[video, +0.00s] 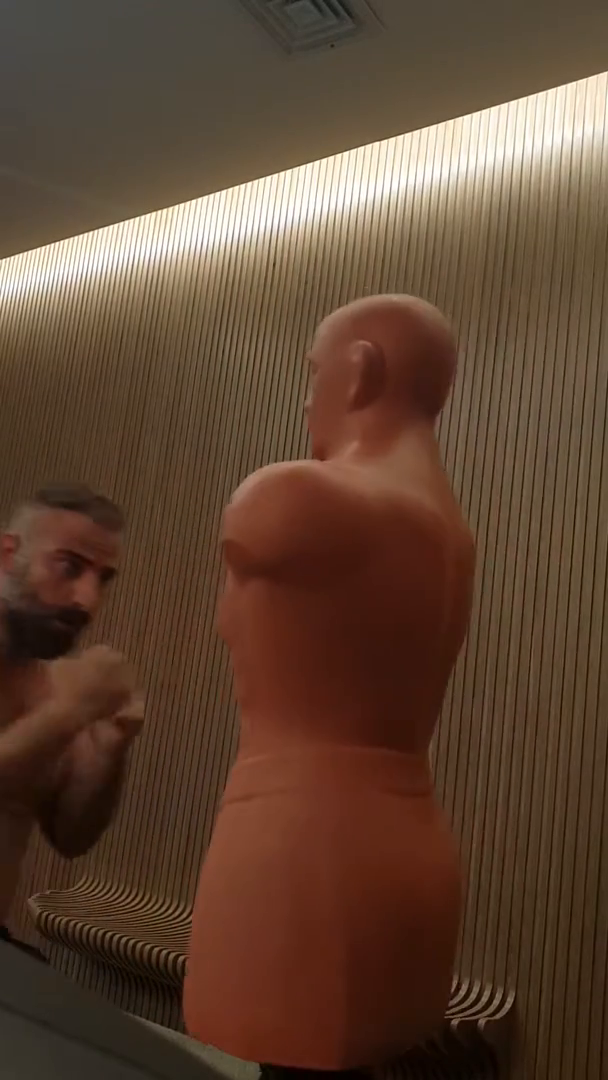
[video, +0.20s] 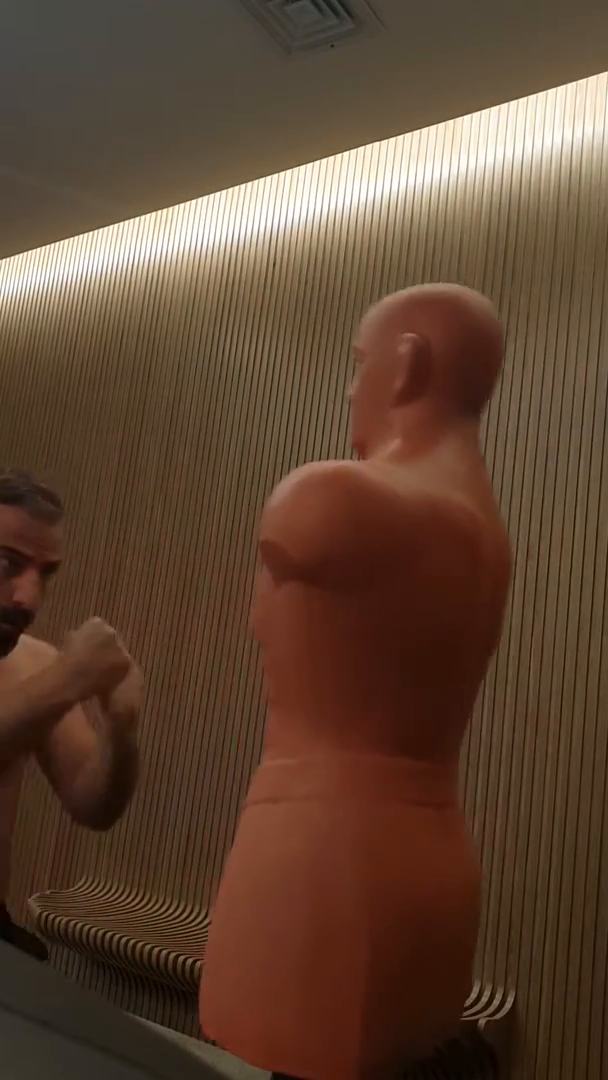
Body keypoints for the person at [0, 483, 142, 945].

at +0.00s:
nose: (88, 598)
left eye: (103, 578)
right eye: (70, 565)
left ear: (110, 584)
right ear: (9, 553)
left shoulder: (47, 686)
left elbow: (69, 838)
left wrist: (109, 752)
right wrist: (65, 711)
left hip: (3, 935)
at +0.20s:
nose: (28, 593)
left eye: (46, 572)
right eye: (11, 562)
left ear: (55, 574)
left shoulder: (35, 663)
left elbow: (95, 809)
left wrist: (121, 727)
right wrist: (62, 680)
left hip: (1, 926)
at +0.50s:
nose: (105, 586)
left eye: (124, 561)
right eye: (81, 555)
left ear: (137, 561)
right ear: (25, 545)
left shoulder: (152, 675)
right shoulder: (6, 638)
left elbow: (252, 794)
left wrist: (235, 782)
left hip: (64, 948)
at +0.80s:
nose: (140, 586)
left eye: (154, 563)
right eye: (119, 554)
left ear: (162, 565)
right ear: (54, 545)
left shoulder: (124, 666)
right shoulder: (8, 637)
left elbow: (180, 802)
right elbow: (8, 774)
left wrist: (200, 722)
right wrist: (89, 690)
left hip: (43, 942)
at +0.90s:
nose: (103, 587)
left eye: (116, 566)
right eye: (82, 555)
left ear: (123, 567)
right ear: (15, 543)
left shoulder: (75, 669)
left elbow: (119, 818)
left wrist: (146, 718)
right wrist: (54, 686)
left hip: (9, 933)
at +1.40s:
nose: (125, 572)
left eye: (138, 548)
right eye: (100, 542)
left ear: (148, 553)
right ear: (36, 539)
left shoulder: (120, 663)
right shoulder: (7, 644)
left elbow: (184, 795)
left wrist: (196, 723)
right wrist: (7, 687)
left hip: (34, 951)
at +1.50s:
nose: (156, 574)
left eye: (169, 551)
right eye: (132, 544)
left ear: (179, 558)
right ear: (67, 540)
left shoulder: (149, 652)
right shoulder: (13, 630)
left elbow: (221, 779)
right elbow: (56, 719)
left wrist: (227, 687)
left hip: (67, 955)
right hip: (5, 946)